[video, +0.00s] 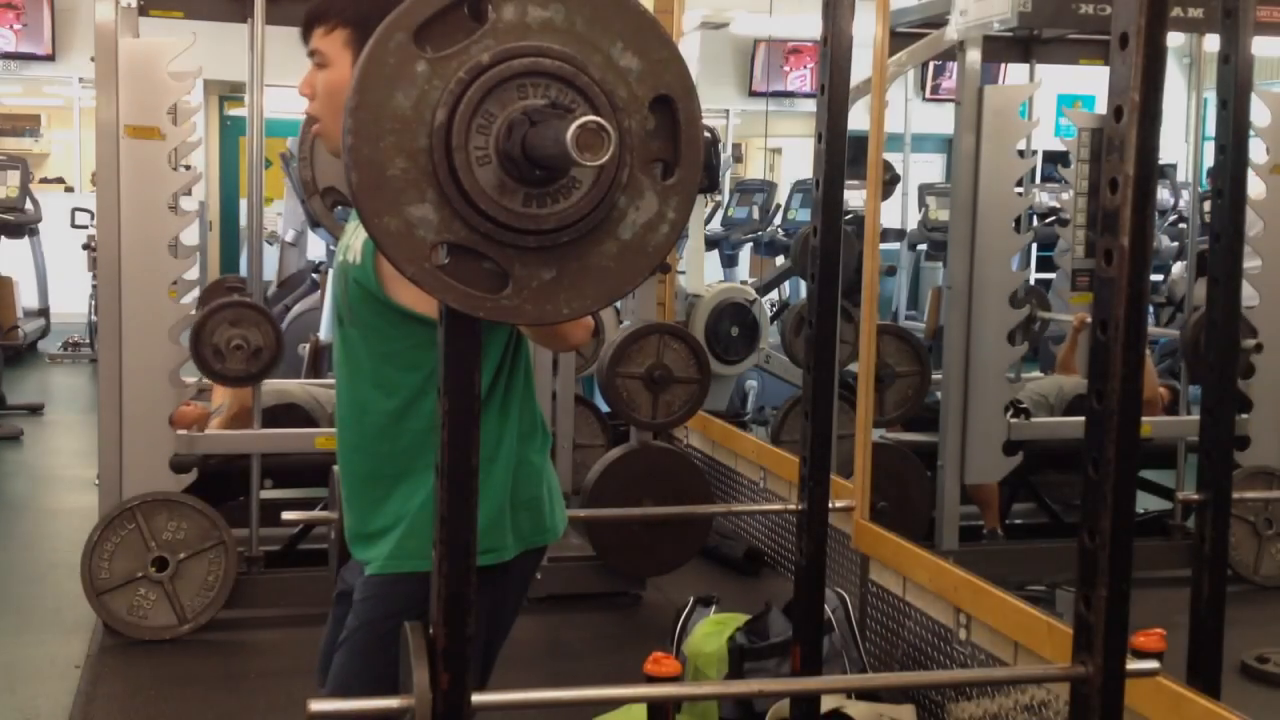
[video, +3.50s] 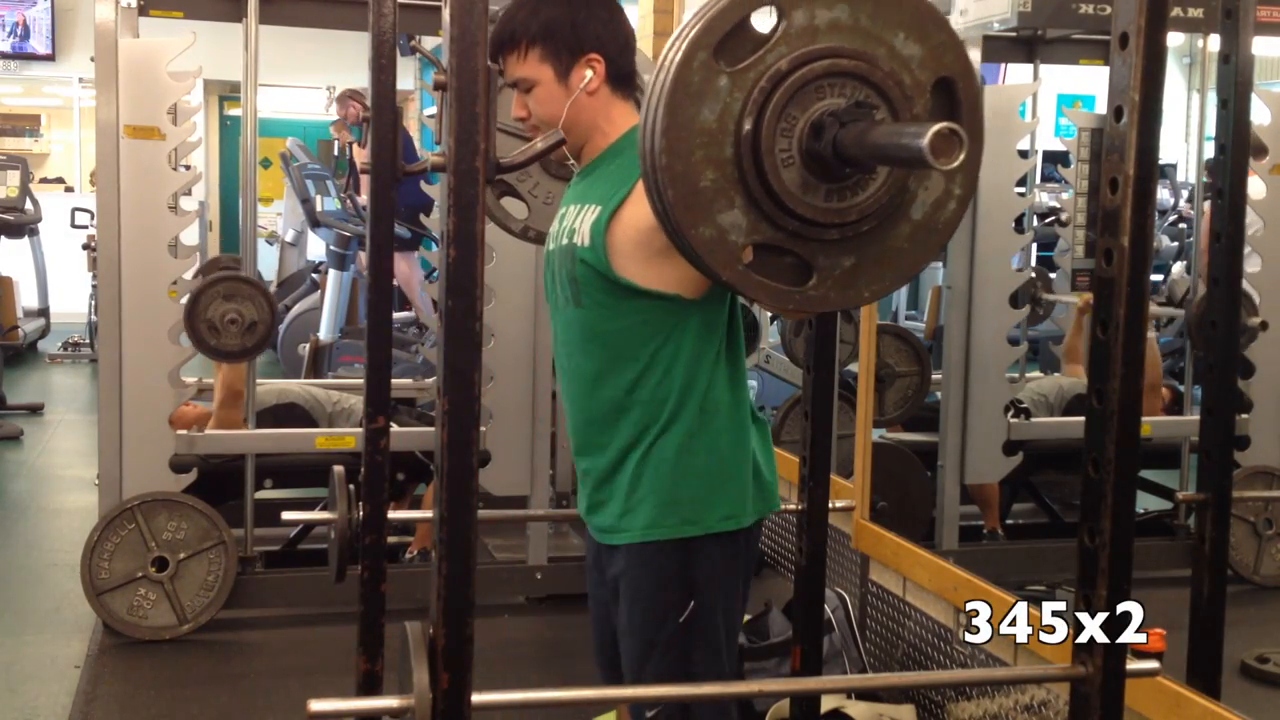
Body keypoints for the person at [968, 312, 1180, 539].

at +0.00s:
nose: (1156, 395)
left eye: (1161, 398)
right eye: (1159, 392)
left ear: (1163, 410)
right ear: (1154, 386)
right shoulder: (1107, 386)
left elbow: (1149, 394)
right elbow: (1064, 374)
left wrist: (1139, 345)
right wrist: (1074, 334)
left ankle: (992, 528)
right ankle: (992, 527)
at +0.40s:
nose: (1153, 389)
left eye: (1157, 392)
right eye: (1154, 389)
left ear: (1160, 406)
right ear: (1149, 392)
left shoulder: (1141, 406)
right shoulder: (1103, 385)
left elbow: (1147, 369)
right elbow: (1076, 354)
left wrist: (1140, 319)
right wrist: (1080, 305)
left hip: (1021, 406)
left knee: (978, 448)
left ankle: (992, 528)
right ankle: (992, 523)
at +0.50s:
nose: (1152, 391)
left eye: (1158, 394)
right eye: (1155, 388)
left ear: (1160, 410)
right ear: (1145, 386)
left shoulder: (1136, 413)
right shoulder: (1103, 390)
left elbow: (1146, 367)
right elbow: (1081, 348)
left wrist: (1141, 312)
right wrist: (1081, 300)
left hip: (1018, 411)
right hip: (1005, 395)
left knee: (977, 448)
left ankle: (992, 528)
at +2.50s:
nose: (1154, 393)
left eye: (1161, 397)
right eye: (1158, 391)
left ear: (1160, 412)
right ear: (1146, 386)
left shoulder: (1132, 415)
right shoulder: (1100, 391)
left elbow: (1144, 364)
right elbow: (1086, 345)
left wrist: (1144, 311)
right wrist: (1084, 300)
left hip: (1025, 412)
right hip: (1009, 399)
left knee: (978, 449)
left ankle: (992, 531)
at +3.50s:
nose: (1157, 392)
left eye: (1162, 394)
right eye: (1160, 391)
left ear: (1164, 406)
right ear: (1152, 393)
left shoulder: (1137, 411)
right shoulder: (1092, 390)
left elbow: (1151, 380)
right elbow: (1073, 358)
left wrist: (1146, 325)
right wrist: (1082, 312)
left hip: (1016, 415)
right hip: (1001, 406)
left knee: (977, 454)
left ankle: (993, 529)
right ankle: (992, 526)